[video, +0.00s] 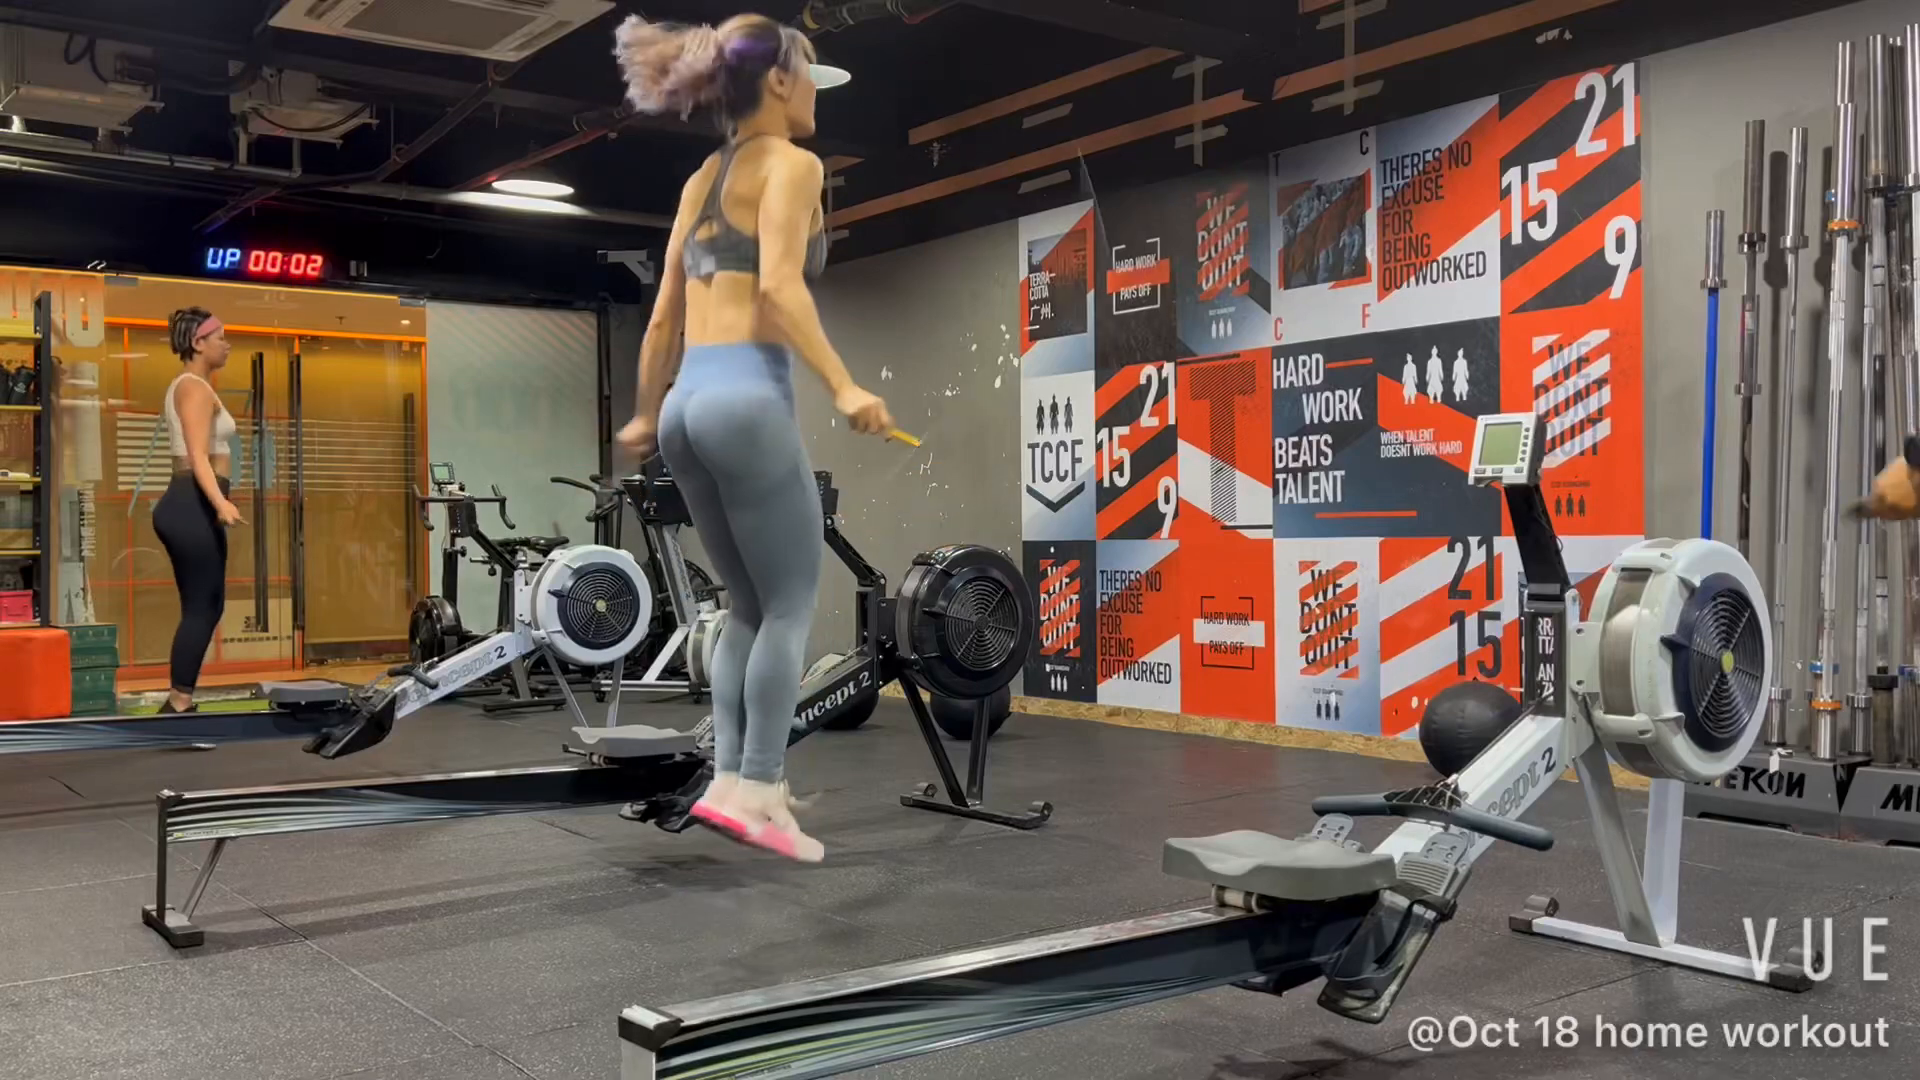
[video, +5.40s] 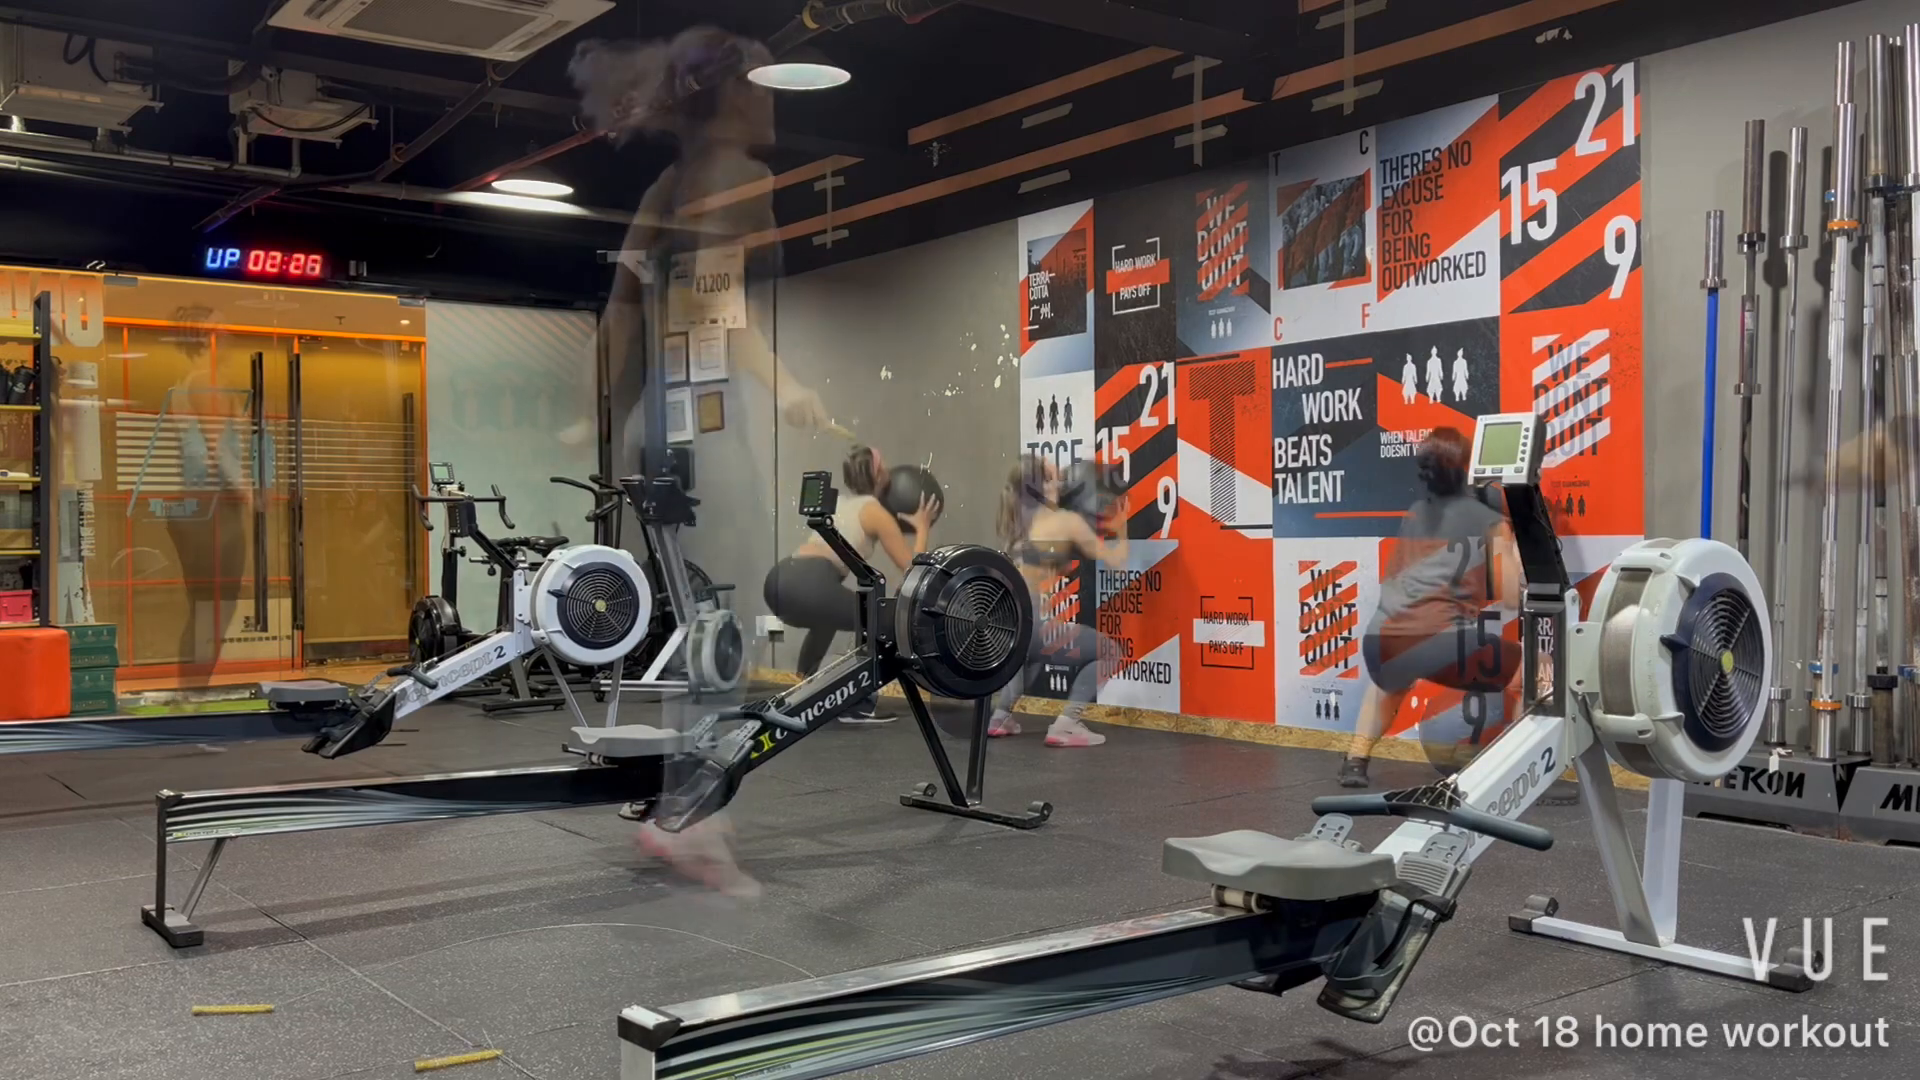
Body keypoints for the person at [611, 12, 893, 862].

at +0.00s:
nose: (812, 92)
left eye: (808, 77)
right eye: (804, 78)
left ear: (738, 91)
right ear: (776, 83)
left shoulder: (699, 181)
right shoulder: (791, 162)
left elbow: (666, 316)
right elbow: (778, 288)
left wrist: (647, 411)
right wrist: (844, 387)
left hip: (685, 394)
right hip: (744, 390)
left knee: (743, 605)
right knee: (790, 601)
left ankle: (733, 781)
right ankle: (760, 790)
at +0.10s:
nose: (812, 127)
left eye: (807, 113)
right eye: (801, 115)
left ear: (744, 136)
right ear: (772, 129)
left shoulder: (703, 223)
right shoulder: (786, 210)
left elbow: (646, 337)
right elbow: (771, 331)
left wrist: (583, 425)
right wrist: (840, 413)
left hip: (693, 448)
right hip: (749, 446)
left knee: (736, 654)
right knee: (779, 655)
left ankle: (722, 833)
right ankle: (751, 843)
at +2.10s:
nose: (767, 219)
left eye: (760, 204)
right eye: (757, 206)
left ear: (691, 225)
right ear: (732, 218)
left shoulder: (662, 315)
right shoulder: (744, 304)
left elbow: (626, 443)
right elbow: (739, 433)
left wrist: (651, 516)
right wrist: (830, 502)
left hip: (667, 544)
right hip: (721, 542)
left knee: (724, 741)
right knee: (758, 740)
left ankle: (677, 915)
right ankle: (679, 918)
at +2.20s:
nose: (762, 132)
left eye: (755, 116)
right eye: (752, 118)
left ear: (686, 140)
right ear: (724, 131)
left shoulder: (660, 232)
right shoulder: (742, 214)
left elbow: (621, 358)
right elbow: (738, 335)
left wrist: (595, 437)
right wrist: (830, 410)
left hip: (669, 450)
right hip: (722, 445)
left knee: (697, 660)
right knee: (738, 663)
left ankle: (687, 838)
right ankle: (712, 848)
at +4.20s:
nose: (776, 97)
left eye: (771, 81)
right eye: (767, 83)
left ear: (710, 99)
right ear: (737, 91)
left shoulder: (666, 188)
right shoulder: (748, 172)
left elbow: (626, 318)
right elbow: (723, 291)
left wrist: (603, 418)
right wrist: (790, 385)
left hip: (657, 419)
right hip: (709, 418)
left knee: (705, 629)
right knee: (748, 625)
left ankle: (688, 806)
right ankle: (702, 810)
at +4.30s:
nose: (778, 145)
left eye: (772, 130)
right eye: (766, 131)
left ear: (708, 154)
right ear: (732, 148)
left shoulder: (671, 244)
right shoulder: (745, 228)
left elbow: (609, 356)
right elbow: (720, 348)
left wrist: (548, 443)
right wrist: (795, 434)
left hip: (669, 475)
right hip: (708, 474)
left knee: (714, 685)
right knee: (739, 682)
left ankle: (690, 865)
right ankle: (705, 876)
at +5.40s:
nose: (771, 111)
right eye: (761, 96)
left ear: (683, 93)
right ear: (727, 93)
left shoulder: (675, 187)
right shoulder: (730, 176)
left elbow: (630, 316)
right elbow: (710, 309)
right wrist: (791, 391)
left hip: (667, 413)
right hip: (713, 409)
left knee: (706, 607)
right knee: (729, 606)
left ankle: (689, 811)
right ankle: (690, 812)